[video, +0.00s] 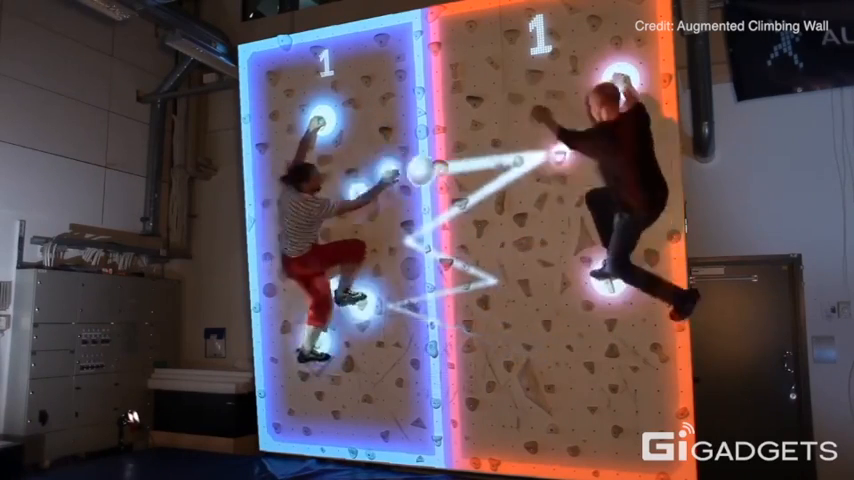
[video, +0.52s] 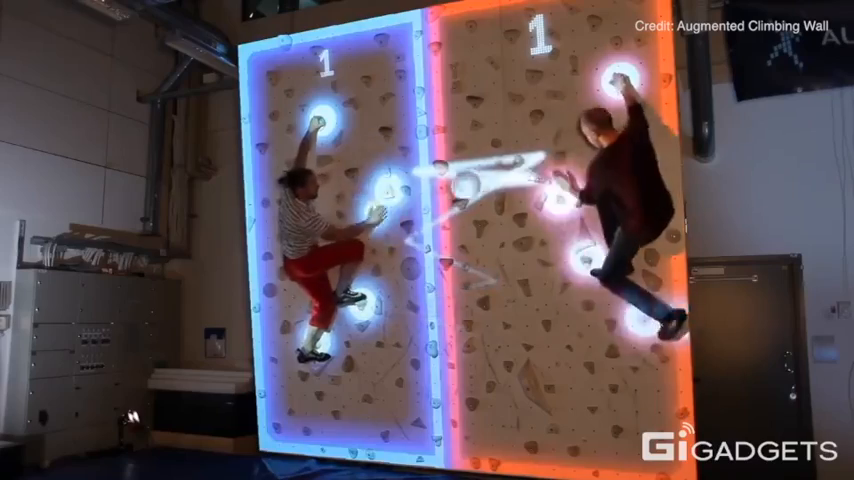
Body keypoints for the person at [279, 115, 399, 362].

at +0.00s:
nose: (320, 180)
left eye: (318, 177)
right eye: (316, 178)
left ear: (299, 182)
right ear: (307, 184)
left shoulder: (288, 192)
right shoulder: (317, 205)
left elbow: (298, 161)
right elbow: (356, 204)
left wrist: (311, 132)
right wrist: (383, 184)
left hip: (291, 264)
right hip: (308, 259)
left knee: (322, 301)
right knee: (356, 248)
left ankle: (307, 350)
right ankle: (343, 293)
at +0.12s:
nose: (322, 181)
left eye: (320, 177)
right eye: (318, 179)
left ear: (301, 184)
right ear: (308, 186)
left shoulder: (290, 191)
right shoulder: (317, 206)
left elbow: (300, 159)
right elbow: (355, 205)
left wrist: (311, 131)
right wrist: (382, 186)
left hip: (297, 264)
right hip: (316, 260)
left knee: (326, 301)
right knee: (362, 249)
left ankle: (307, 349)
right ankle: (343, 292)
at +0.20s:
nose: (321, 182)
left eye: (319, 178)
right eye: (317, 180)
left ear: (301, 185)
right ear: (306, 187)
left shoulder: (290, 193)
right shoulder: (314, 207)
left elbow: (300, 160)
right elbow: (354, 205)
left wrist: (312, 131)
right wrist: (381, 187)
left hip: (298, 264)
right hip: (314, 260)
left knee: (327, 302)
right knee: (362, 249)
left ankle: (307, 349)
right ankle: (343, 291)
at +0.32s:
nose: (319, 184)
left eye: (317, 180)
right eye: (314, 183)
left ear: (299, 188)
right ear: (303, 189)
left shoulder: (289, 195)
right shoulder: (311, 211)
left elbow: (300, 162)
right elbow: (351, 213)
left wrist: (311, 132)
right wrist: (375, 191)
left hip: (297, 266)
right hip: (312, 261)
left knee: (327, 305)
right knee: (358, 248)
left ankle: (308, 349)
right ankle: (342, 292)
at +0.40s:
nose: (317, 186)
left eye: (316, 182)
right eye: (313, 184)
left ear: (298, 188)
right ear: (301, 190)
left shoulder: (288, 194)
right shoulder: (306, 216)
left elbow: (300, 162)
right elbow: (345, 227)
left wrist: (311, 132)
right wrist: (370, 206)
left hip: (296, 265)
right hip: (309, 262)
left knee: (327, 305)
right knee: (356, 248)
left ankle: (308, 350)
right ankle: (343, 293)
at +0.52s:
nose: (317, 187)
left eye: (316, 183)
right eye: (313, 185)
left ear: (298, 187)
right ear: (301, 189)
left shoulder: (288, 194)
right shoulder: (304, 215)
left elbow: (300, 160)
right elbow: (338, 235)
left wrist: (311, 132)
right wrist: (369, 223)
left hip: (294, 265)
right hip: (308, 262)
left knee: (326, 303)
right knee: (354, 248)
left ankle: (308, 349)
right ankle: (342, 293)